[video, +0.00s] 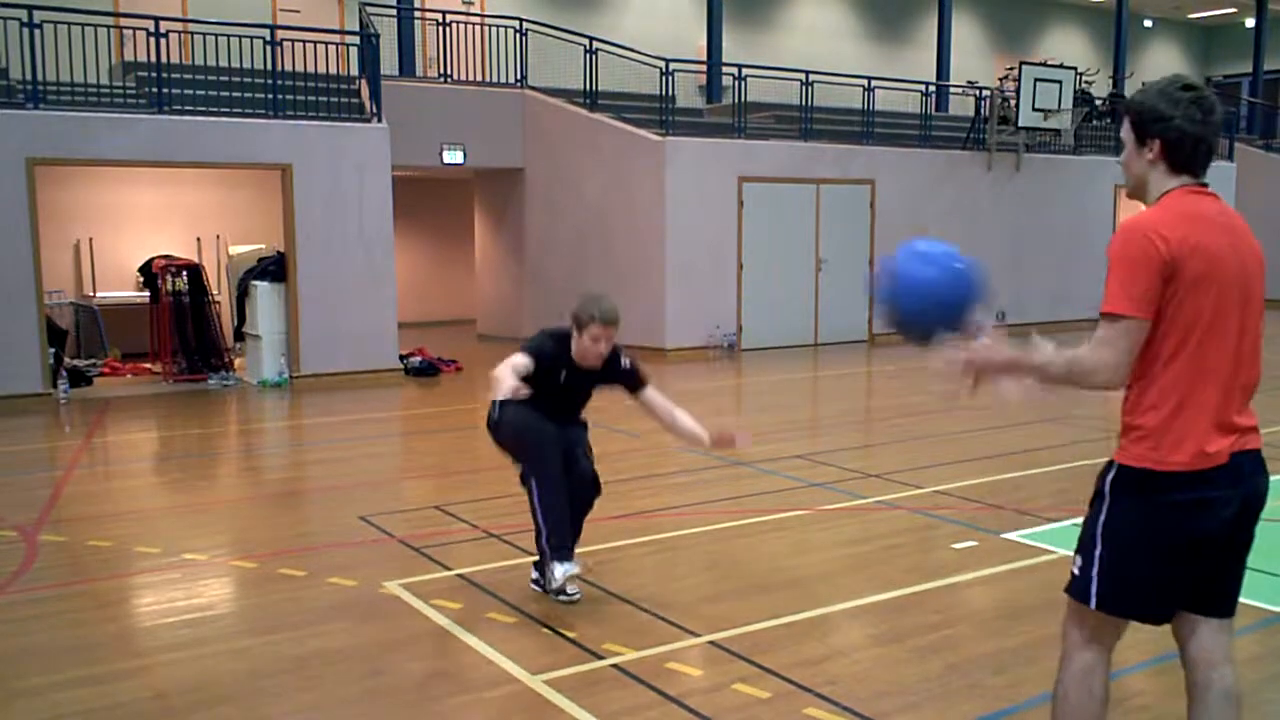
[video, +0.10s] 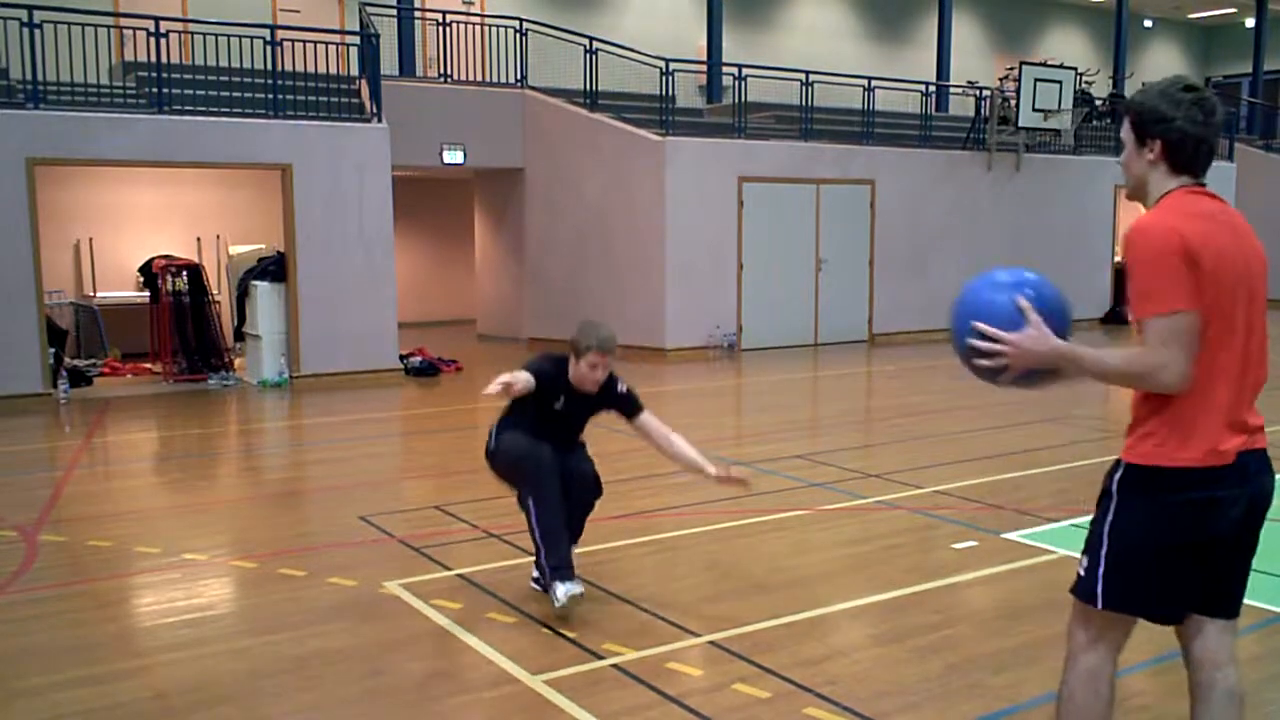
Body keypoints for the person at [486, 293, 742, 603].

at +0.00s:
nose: (602, 349)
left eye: (608, 341)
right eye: (594, 340)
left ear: (615, 338)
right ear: (576, 333)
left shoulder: (615, 362)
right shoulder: (549, 346)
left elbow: (665, 409)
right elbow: (504, 371)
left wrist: (707, 439)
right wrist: (508, 386)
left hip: (566, 426)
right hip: (521, 417)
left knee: (584, 485)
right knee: (545, 457)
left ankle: (547, 568)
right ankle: (557, 560)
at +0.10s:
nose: (599, 375)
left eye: (605, 367)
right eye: (592, 367)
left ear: (611, 363)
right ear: (574, 360)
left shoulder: (612, 388)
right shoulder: (549, 370)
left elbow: (660, 433)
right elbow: (524, 380)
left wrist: (710, 469)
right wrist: (510, 385)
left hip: (564, 449)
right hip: (516, 442)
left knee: (585, 486)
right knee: (542, 475)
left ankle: (547, 569)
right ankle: (560, 578)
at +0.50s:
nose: (531, 419)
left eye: (536, 411)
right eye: (523, 412)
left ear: (542, 412)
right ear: (507, 415)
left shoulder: (557, 446)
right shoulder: (490, 452)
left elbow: (618, 454)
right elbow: (506, 469)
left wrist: (621, 410)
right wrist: (541, 414)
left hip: (559, 543)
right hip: (516, 550)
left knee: (594, 468)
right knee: (532, 498)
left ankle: (554, 569)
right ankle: (585, 559)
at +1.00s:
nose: (464, 475)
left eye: (465, 472)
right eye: (456, 476)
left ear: (477, 474)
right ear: (447, 493)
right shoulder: (450, 515)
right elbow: (411, 469)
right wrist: (403, 500)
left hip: (550, 504)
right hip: (501, 510)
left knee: (514, 437)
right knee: (473, 444)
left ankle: (516, 352)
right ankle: (477, 356)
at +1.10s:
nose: (455, 485)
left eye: (458, 482)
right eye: (449, 486)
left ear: (467, 485)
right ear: (443, 499)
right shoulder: (447, 520)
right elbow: (400, 477)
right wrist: (407, 518)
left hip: (546, 480)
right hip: (490, 486)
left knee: (498, 434)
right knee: (464, 455)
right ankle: (459, 368)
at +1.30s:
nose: (450, 490)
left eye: (450, 490)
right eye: (445, 494)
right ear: (442, 506)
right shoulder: (444, 524)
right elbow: (393, 483)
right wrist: (410, 519)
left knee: (475, 444)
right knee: (446, 466)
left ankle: (442, 380)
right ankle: (427, 388)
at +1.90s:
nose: (462, 480)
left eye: (463, 477)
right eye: (454, 480)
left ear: (470, 478)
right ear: (447, 492)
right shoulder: (444, 513)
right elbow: (397, 469)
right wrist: (409, 493)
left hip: (538, 518)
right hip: (495, 528)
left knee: (512, 440)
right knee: (465, 450)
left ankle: (534, 401)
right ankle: (486, 378)